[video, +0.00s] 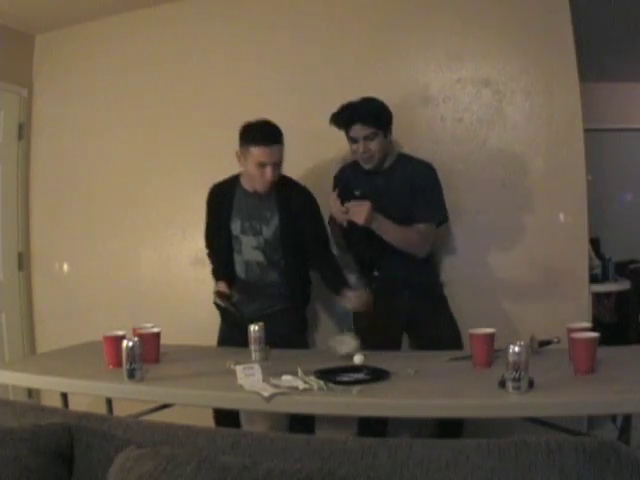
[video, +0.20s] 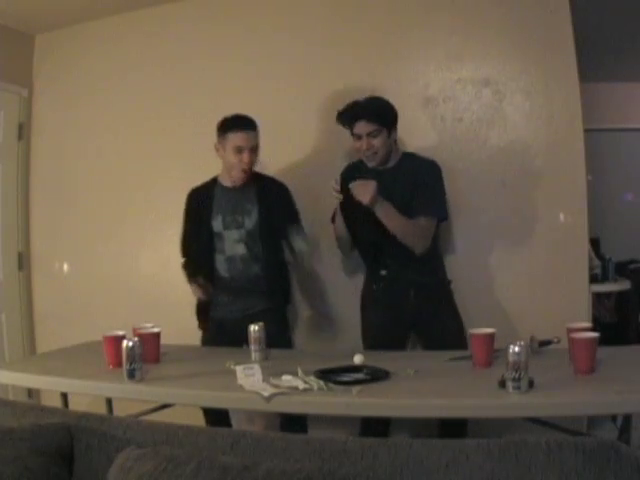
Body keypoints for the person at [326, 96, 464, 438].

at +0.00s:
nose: (361, 149)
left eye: (370, 139)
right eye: (354, 141)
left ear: (388, 135)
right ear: (347, 141)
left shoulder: (420, 173)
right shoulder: (346, 178)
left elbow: (422, 244)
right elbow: (342, 244)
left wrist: (373, 220)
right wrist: (338, 224)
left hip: (420, 291)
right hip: (372, 293)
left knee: (451, 373)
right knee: (372, 383)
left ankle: (446, 460)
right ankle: (369, 465)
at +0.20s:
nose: (365, 146)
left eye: (373, 136)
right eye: (357, 138)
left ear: (392, 133)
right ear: (351, 139)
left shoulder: (424, 170)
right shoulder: (353, 175)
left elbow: (420, 241)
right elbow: (345, 245)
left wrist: (375, 202)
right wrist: (343, 206)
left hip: (429, 291)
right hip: (381, 293)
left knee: (454, 376)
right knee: (376, 383)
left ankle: (454, 466)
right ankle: (369, 471)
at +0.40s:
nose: (367, 146)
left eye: (376, 136)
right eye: (361, 138)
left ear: (396, 135)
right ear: (355, 140)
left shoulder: (426, 170)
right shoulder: (357, 179)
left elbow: (416, 232)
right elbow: (334, 238)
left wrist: (374, 184)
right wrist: (338, 188)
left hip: (434, 292)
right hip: (386, 294)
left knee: (462, 377)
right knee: (380, 385)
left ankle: (461, 466)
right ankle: (368, 469)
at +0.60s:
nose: (367, 141)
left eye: (374, 131)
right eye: (358, 135)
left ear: (395, 133)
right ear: (353, 142)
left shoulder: (423, 166)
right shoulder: (356, 180)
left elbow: (410, 214)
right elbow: (327, 223)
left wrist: (372, 162)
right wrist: (329, 170)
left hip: (433, 288)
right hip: (386, 293)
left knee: (462, 373)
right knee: (380, 383)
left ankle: (462, 464)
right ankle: (368, 470)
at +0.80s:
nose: (366, 140)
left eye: (373, 130)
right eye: (359, 133)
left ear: (392, 134)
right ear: (353, 142)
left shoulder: (425, 170)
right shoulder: (358, 180)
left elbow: (424, 235)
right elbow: (324, 212)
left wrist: (382, 196)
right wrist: (332, 157)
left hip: (434, 291)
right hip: (386, 295)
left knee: (457, 377)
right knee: (379, 383)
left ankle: (456, 466)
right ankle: (369, 469)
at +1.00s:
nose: (369, 136)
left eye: (376, 128)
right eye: (364, 130)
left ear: (396, 132)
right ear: (358, 137)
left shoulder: (426, 169)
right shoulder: (362, 179)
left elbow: (424, 226)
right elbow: (323, 194)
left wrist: (390, 174)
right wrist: (329, 136)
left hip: (435, 291)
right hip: (387, 294)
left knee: (457, 379)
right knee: (380, 383)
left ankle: (452, 468)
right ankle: (368, 472)